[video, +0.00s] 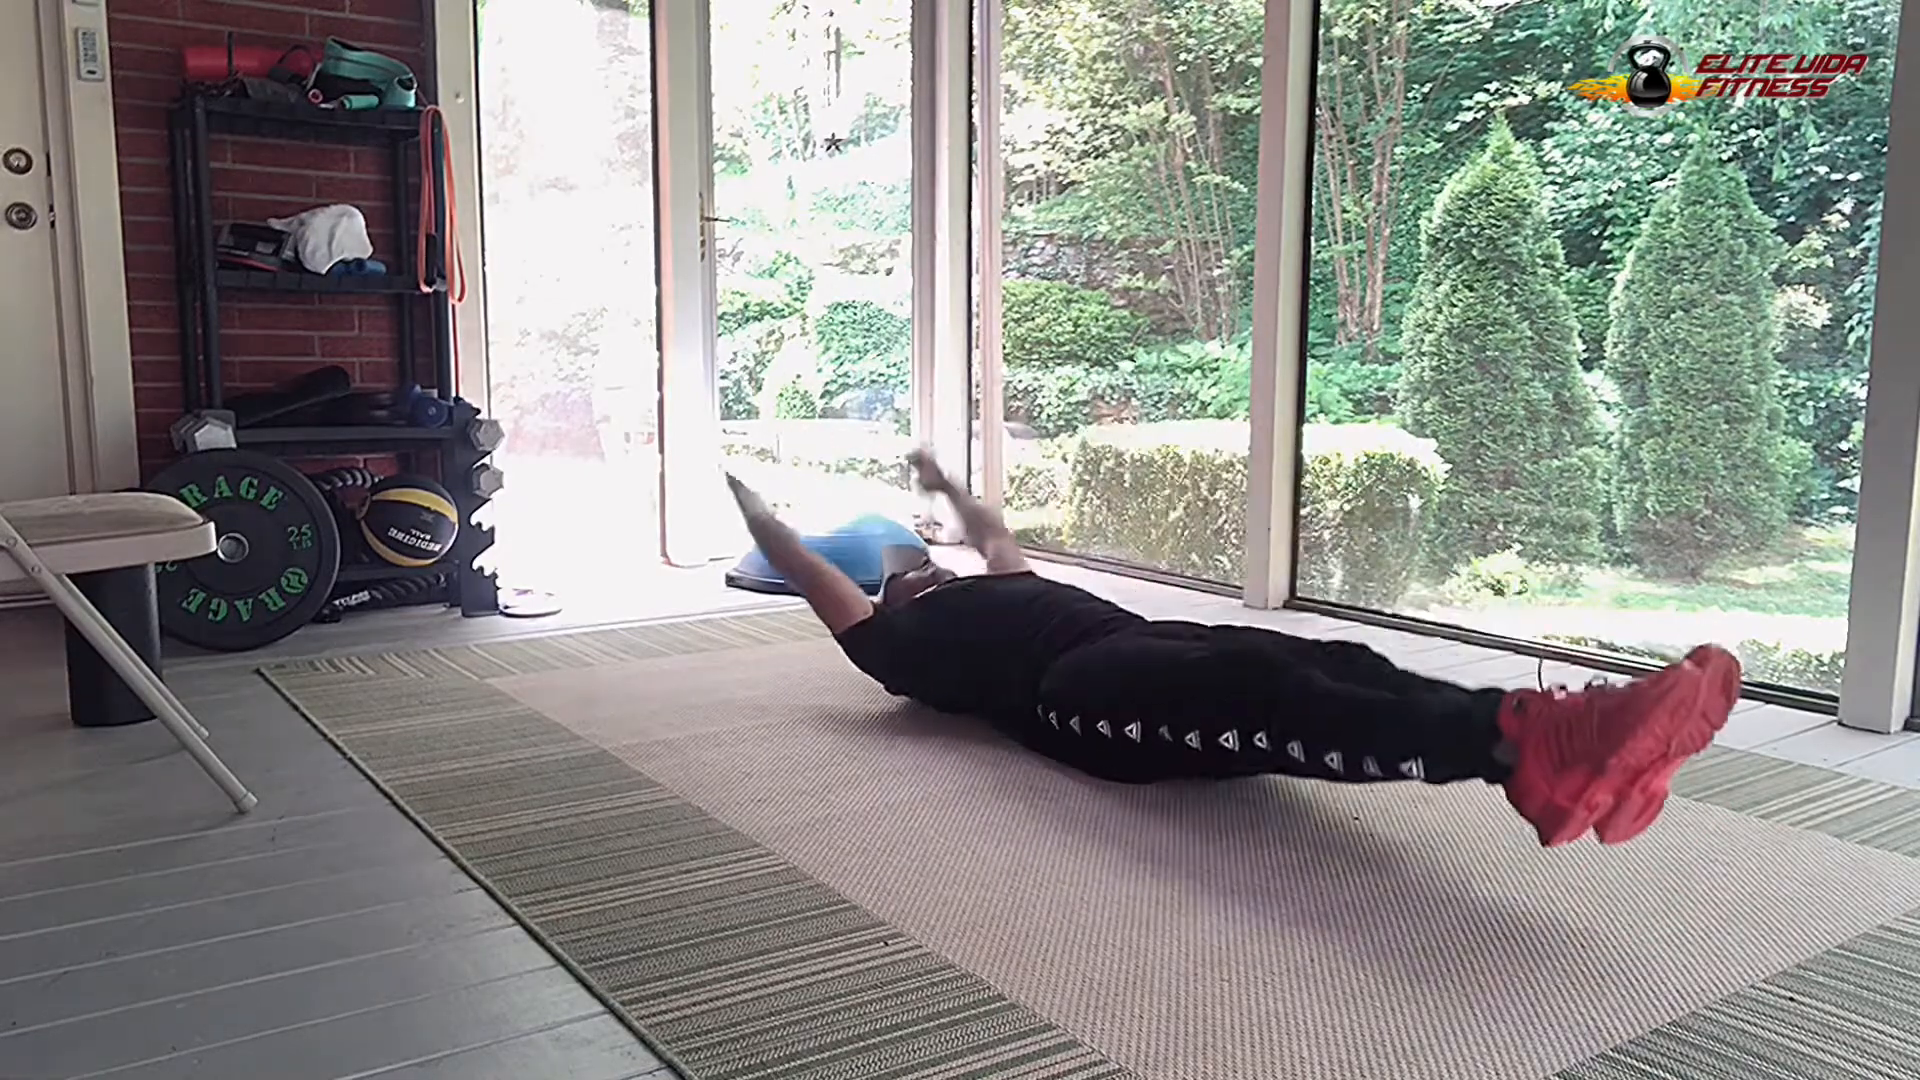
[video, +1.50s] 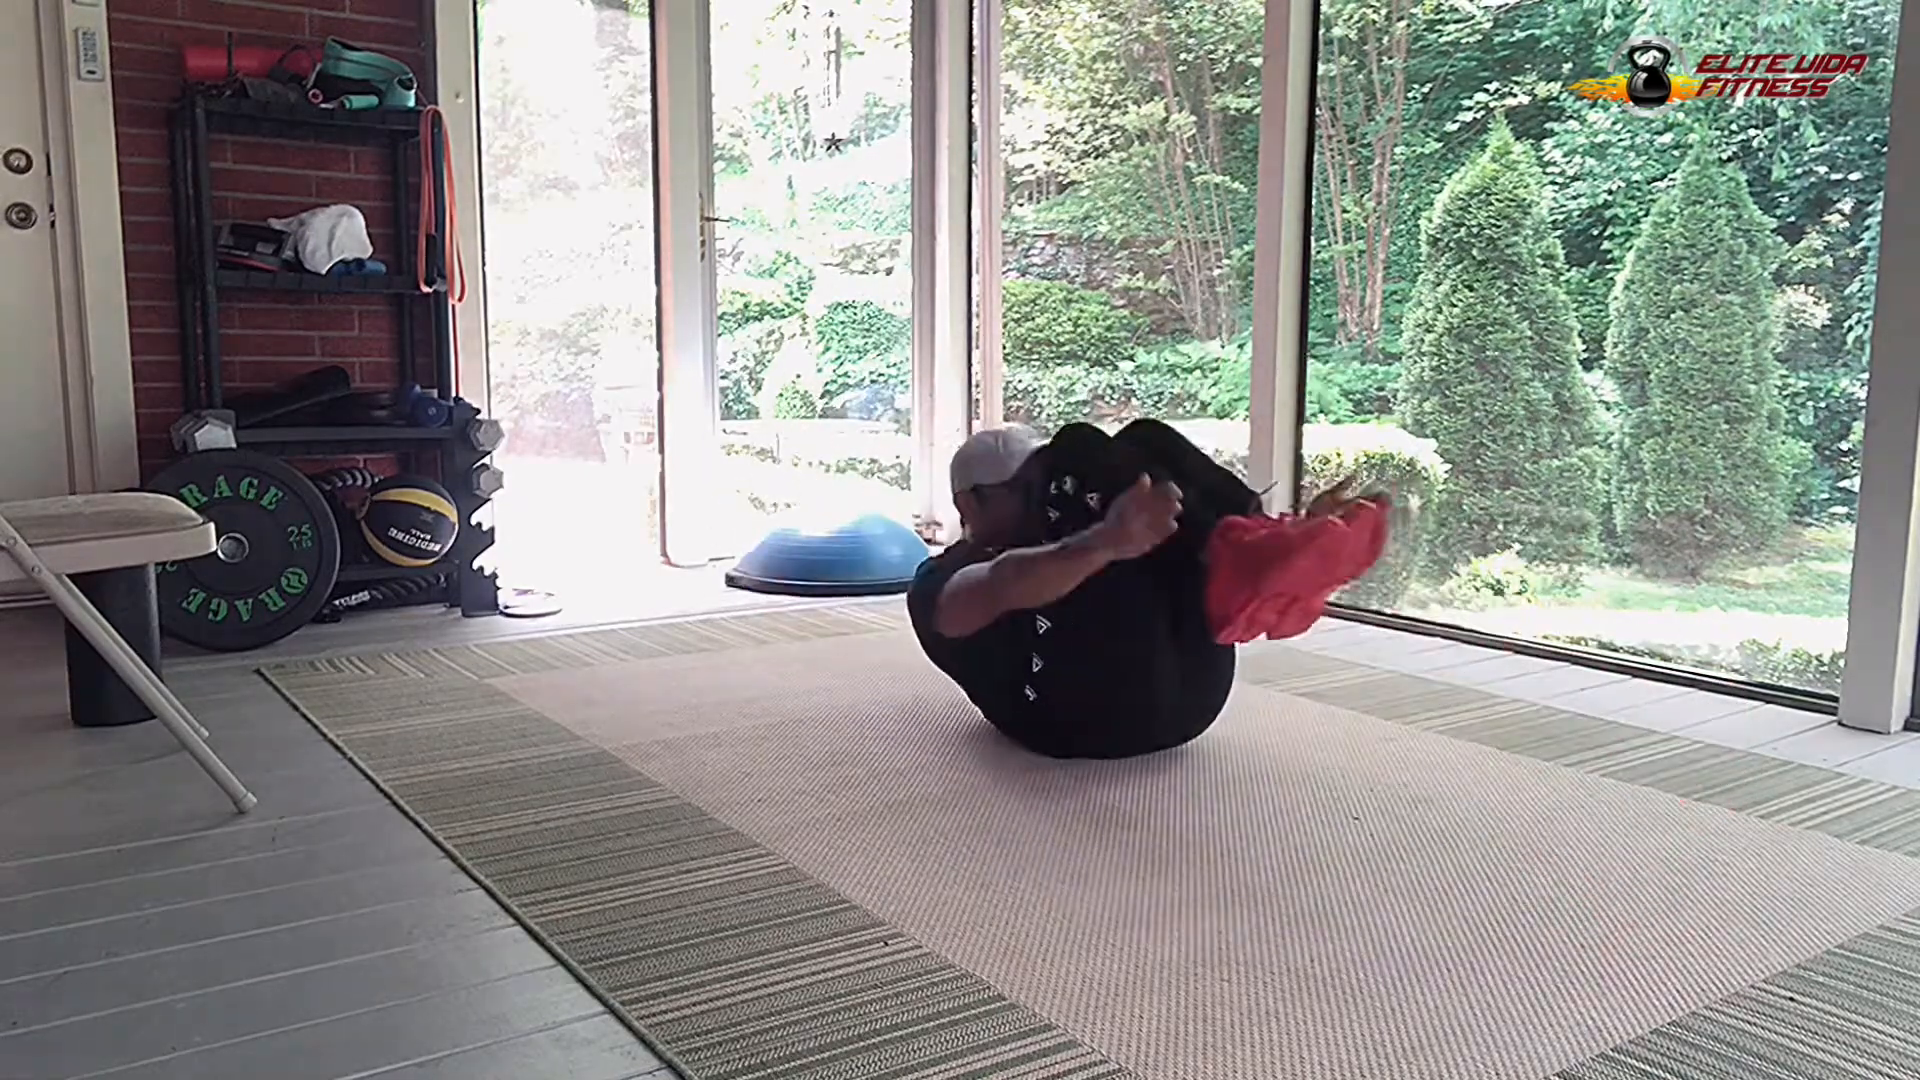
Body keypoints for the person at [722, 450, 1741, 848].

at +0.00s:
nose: (901, 559)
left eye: (911, 552)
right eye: (881, 564)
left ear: (940, 562)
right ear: (865, 591)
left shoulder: (998, 585)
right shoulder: (881, 628)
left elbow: (995, 530)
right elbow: (800, 570)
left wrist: (939, 491)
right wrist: (755, 510)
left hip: (1146, 635)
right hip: (1070, 684)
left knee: (1327, 658)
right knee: (1266, 686)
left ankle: (1566, 765)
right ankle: (1543, 742)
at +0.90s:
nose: (944, 536)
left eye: (948, 528)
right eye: (922, 533)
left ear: (970, 549)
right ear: (892, 569)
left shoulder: (1020, 588)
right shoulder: (904, 632)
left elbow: (1053, 539)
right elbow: (825, 559)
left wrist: (1037, 441)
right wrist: (774, 478)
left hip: (1158, 672)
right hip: (1092, 703)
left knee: (1339, 599)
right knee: (1271, 617)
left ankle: (1556, 736)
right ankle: (1523, 727)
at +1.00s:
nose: (969, 508)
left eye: (973, 500)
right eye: (947, 507)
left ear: (989, 524)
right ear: (912, 543)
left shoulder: (1044, 572)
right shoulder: (922, 613)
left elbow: (1099, 483)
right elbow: (872, 565)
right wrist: (831, 454)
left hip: (1170, 691)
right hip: (1106, 709)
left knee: (1302, 533)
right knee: (1232, 550)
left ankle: (1495, 648)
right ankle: (1472, 648)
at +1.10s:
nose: (996, 499)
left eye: (1000, 489)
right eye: (975, 493)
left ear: (1012, 506)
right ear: (932, 523)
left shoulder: (1073, 554)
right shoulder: (934, 605)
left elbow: (1155, 471)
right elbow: (896, 514)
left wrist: (1212, 351)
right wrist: (902, 447)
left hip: (1192, 697)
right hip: (1109, 706)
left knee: (1258, 478)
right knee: (1170, 495)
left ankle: (1415, 587)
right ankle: (1401, 577)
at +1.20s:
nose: (1025, 489)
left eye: (1029, 475)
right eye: (1005, 477)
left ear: (1033, 495)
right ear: (962, 496)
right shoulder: (937, 598)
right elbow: (953, 523)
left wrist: (1283, 398)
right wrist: (985, 438)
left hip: (1191, 698)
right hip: (1095, 701)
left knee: (1203, 441)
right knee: (1125, 452)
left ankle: (1357, 538)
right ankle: (1312, 557)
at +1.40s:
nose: (1043, 505)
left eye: (1039, 490)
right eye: (1025, 489)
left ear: (1050, 489)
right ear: (974, 504)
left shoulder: (1072, 535)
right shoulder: (938, 578)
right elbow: (996, 585)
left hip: (1191, 696)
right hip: (1090, 712)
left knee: (1139, 440)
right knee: (1076, 446)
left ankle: (1256, 552)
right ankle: (1237, 568)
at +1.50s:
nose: (1042, 504)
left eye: (1037, 489)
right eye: (1023, 490)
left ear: (1048, 490)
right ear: (971, 506)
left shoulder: (1066, 541)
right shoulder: (938, 583)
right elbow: (1001, 585)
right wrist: (1107, 539)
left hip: (1188, 698)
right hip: (1087, 712)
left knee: (1146, 439)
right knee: (1076, 446)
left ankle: (1274, 547)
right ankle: (1234, 567)